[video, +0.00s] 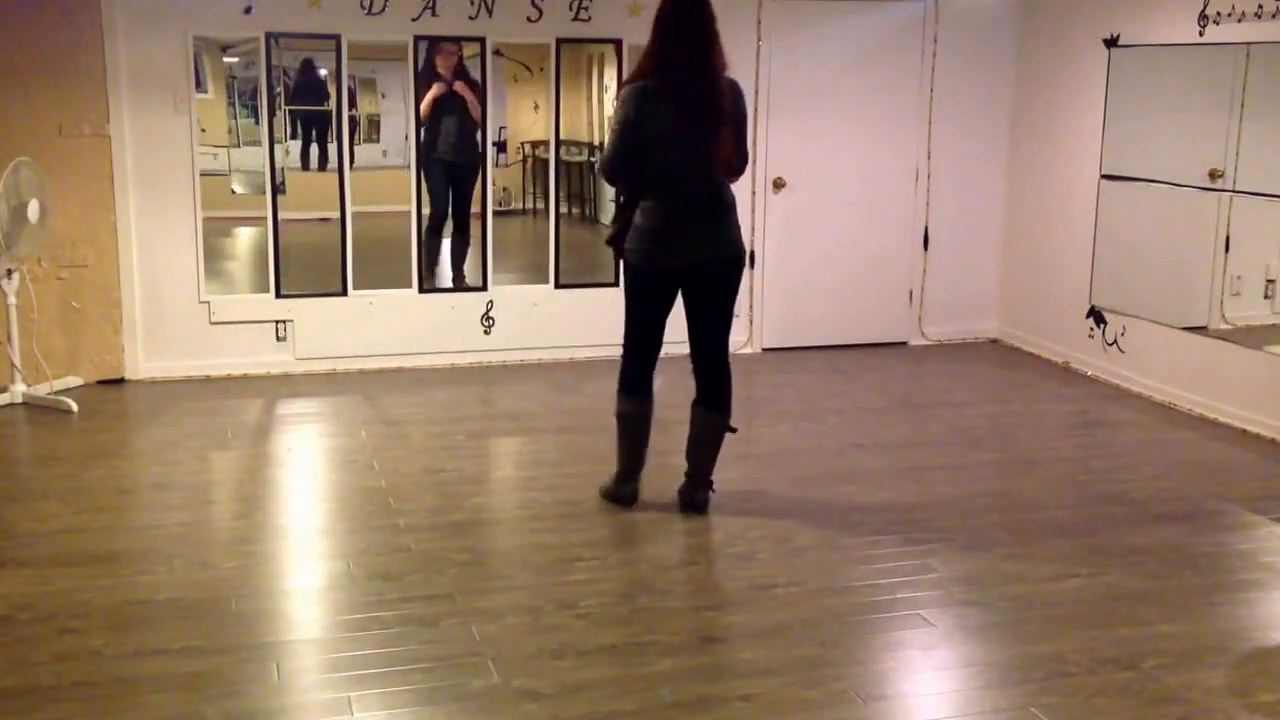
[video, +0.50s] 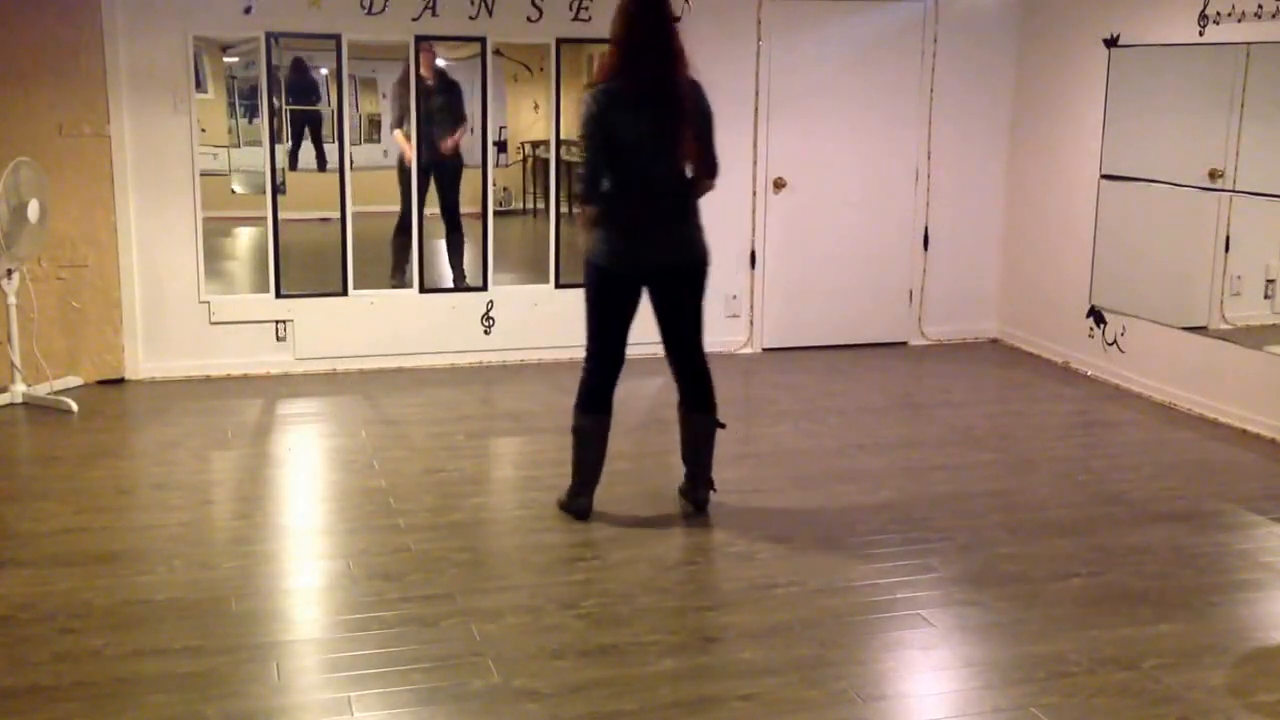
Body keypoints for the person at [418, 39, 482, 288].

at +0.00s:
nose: (450, 57)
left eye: (454, 52)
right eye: (445, 52)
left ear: (459, 56)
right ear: (434, 54)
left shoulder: (469, 83)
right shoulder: (425, 81)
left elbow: (480, 119)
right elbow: (419, 119)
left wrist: (468, 96)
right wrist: (431, 95)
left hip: (466, 156)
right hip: (435, 156)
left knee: (462, 216)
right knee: (440, 212)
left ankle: (458, 272)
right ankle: (429, 270)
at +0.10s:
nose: (449, 57)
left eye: (453, 53)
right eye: (444, 52)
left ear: (458, 57)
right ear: (433, 56)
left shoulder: (469, 85)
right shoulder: (424, 82)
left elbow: (480, 119)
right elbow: (418, 119)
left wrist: (466, 96)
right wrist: (431, 99)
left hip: (466, 157)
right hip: (435, 156)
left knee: (461, 216)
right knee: (435, 212)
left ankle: (458, 272)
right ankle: (420, 270)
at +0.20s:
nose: (444, 57)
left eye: (447, 52)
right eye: (438, 52)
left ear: (452, 56)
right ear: (429, 56)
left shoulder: (465, 86)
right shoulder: (419, 84)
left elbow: (478, 122)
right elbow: (411, 123)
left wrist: (460, 102)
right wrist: (432, 113)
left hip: (463, 158)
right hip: (432, 158)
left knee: (461, 218)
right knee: (424, 215)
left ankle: (459, 275)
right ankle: (404, 270)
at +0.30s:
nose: (441, 55)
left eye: (443, 51)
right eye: (436, 51)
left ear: (448, 55)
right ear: (425, 56)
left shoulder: (462, 86)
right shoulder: (418, 85)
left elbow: (476, 124)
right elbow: (407, 125)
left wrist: (457, 108)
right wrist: (430, 125)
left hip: (460, 156)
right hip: (430, 157)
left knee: (459, 215)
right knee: (420, 212)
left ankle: (459, 274)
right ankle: (399, 271)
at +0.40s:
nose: (435, 55)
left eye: (437, 50)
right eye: (429, 51)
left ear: (442, 54)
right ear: (420, 55)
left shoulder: (458, 85)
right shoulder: (412, 85)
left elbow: (472, 124)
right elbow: (403, 126)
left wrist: (454, 119)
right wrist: (422, 135)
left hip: (455, 155)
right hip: (425, 157)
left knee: (457, 214)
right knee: (415, 213)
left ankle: (458, 273)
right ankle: (399, 271)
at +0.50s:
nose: (428, 55)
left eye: (431, 50)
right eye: (422, 51)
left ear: (435, 54)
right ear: (414, 55)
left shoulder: (450, 85)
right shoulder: (404, 85)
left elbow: (462, 121)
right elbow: (395, 125)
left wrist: (455, 138)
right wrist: (407, 149)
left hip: (446, 156)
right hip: (415, 157)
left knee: (451, 214)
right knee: (409, 215)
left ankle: (459, 276)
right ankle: (398, 274)